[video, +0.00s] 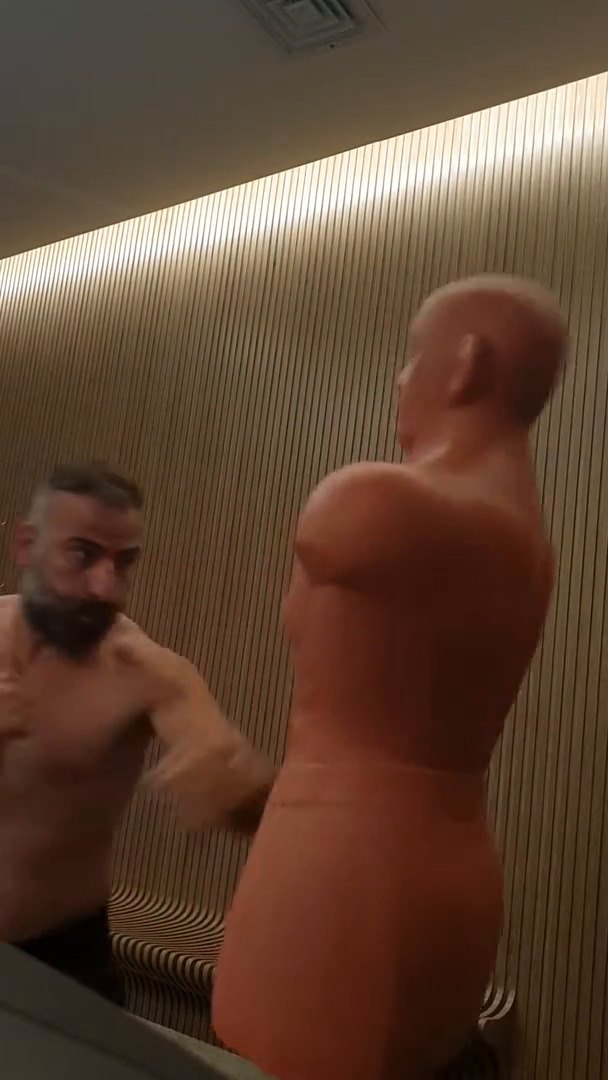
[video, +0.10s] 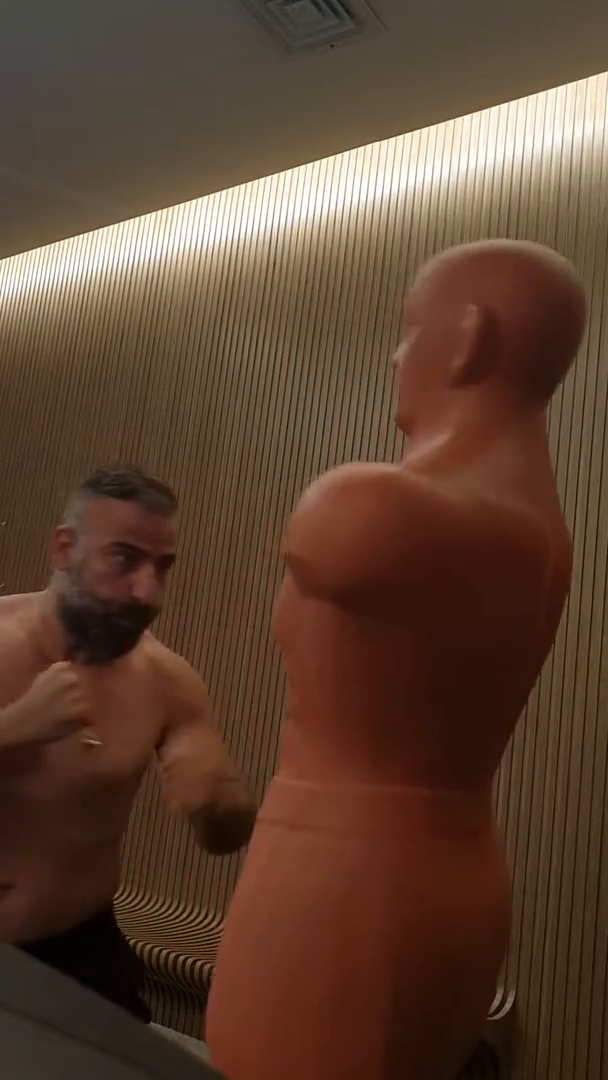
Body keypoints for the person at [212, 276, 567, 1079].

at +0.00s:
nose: (399, 387)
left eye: (413, 361)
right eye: (406, 362)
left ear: (464, 368)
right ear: (530, 391)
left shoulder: (367, 506)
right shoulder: (524, 543)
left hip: (338, 880)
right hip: (447, 869)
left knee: (288, 1066)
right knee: (397, 1067)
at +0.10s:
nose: (393, 360)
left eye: (410, 331)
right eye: (401, 334)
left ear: (470, 339)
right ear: (544, 363)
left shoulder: (360, 512)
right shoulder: (541, 537)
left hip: (334, 900)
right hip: (451, 888)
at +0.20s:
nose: (363, 360)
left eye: (375, 330)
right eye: (369, 332)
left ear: (433, 338)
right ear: (509, 360)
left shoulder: (336, 508)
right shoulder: (509, 518)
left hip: (322, 894)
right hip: (438, 877)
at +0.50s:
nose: (342, 432)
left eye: (350, 413)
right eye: (344, 415)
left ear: (393, 410)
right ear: (455, 433)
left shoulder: (339, 509)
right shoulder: (465, 552)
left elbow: (289, 533)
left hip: (323, 842)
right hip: (415, 834)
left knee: (310, 1063)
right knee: (374, 1063)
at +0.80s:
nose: (368, 375)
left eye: (381, 348)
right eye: (373, 350)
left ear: (432, 356)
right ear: (501, 381)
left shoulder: (337, 504)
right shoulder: (507, 532)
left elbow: (276, 621)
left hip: (325, 875)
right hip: (441, 860)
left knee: (280, 1065)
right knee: (397, 1066)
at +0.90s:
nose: (379, 368)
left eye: (393, 339)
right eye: (385, 342)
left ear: (448, 348)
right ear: (517, 370)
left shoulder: (351, 508)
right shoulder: (519, 530)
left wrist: (402, 461)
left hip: (331, 889)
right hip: (446, 872)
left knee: (278, 1065)